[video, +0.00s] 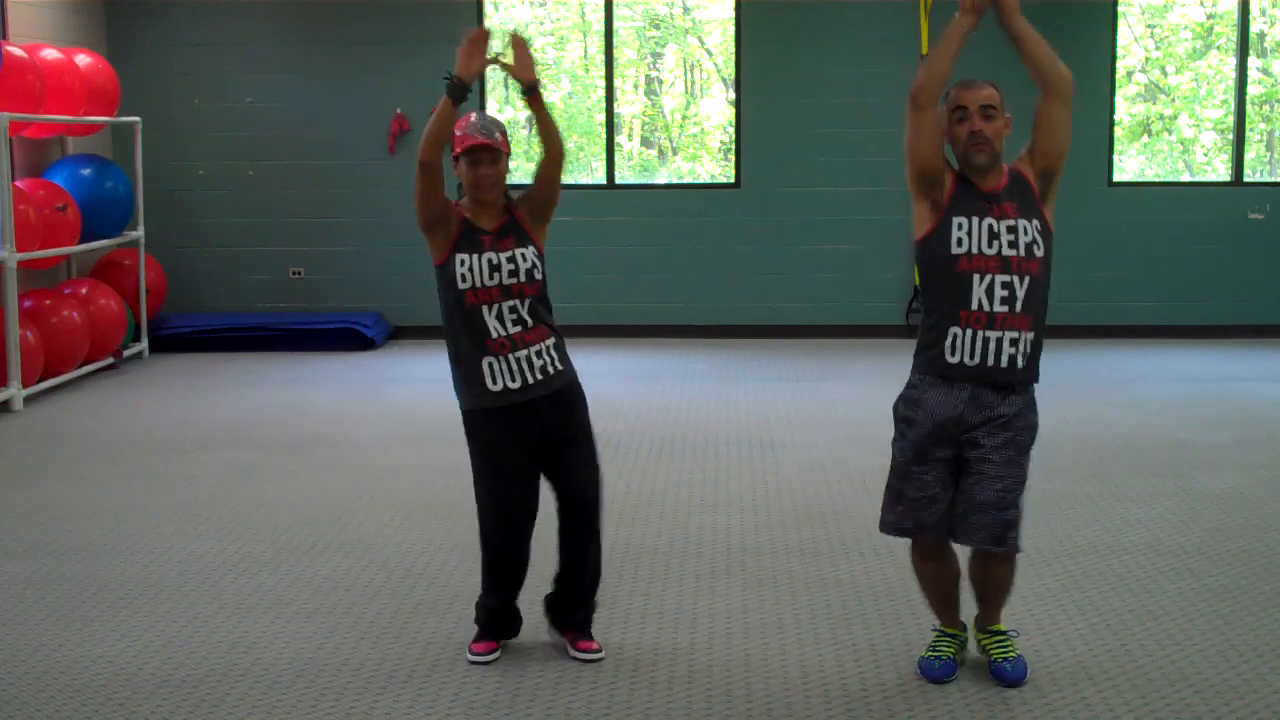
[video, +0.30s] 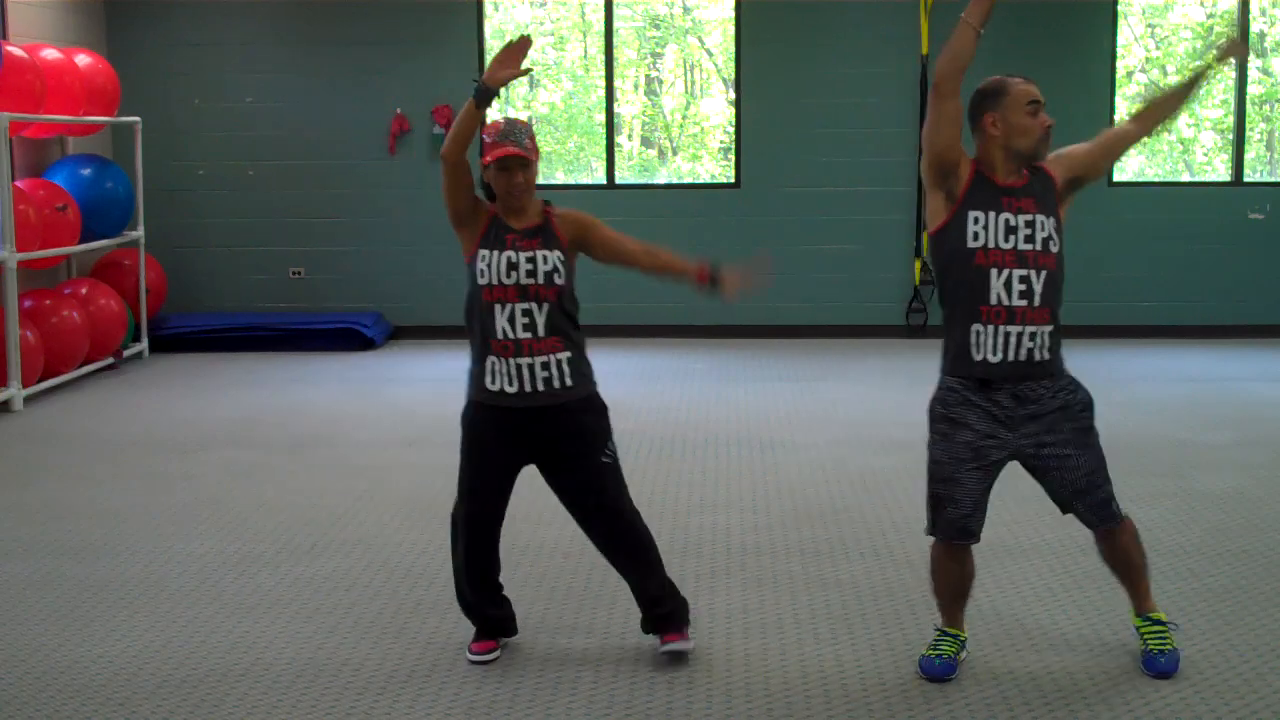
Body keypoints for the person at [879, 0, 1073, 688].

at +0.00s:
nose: (976, 123)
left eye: (988, 112)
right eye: (963, 114)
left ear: (1006, 127)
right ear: (946, 130)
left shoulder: (1035, 184)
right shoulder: (932, 190)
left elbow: (1061, 85)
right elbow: (921, 96)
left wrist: (1006, 10)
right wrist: (967, 15)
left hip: (1006, 397)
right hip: (933, 394)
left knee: (996, 531)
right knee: (926, 530)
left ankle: (992, 629)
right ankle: (949, 631)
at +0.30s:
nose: (1045, 120)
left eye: (1044, 110)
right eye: (1031, 109)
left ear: (1030, 124)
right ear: (988, 125)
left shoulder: (1055, 178)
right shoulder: (950, 182)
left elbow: (1134, 126)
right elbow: (943, 80)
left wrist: (1210, 67)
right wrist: (977, 10)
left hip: (1048, 396)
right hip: (968, 400)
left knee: (1106, 515)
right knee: (951, 532)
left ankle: (1148, 616)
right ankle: (949, 630)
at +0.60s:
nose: (1073, 120)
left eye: (1070, 111)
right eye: (1059, 112)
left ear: (1045, 127)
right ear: (1017, 126)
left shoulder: (1086, 191)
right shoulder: (976, 188)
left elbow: (1152, 233)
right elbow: (960, 96)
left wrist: (1218, 267)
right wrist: (986, 12)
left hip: (1091, 392)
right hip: (1013, 401)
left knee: (1125, 515)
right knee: (984, 526)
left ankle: (1144, 622)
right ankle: (946, 622)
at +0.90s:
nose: (1007, 117)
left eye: (1018, 108)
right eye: (992, 107)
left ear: (1032, 124)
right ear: (970, 124)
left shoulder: (1051, 198)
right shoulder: (945, 181)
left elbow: (1120, 236)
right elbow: (930, 87)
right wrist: (948, 9)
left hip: (1033, 392)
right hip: (958, 397)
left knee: (1078, 516)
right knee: (949, 530)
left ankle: (1059, 610)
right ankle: (952, 627)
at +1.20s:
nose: (973, 104)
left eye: (986, 93)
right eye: (959, 94)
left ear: (1005, 111)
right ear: (941, 112)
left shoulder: (1024, 172)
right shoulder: (924, 174)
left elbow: (1040, 74)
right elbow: (916, 86)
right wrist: (936, 10)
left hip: (1006, 388)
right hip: (927, 386)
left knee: (1015, 522)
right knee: (905, 515)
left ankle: (989, 626)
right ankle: (935, 620)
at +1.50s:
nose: (906, 123)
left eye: (920, 113)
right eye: (906, 113)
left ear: (964, 125)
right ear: (908, 122)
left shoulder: (1000, 179)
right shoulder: (888, 180)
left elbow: (1031, 87)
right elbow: (812, 139)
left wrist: (1011, 4)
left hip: (980, 399)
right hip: (899, 395)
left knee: (996, 532)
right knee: (847, 511)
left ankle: (984, 630)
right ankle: (795, 614)